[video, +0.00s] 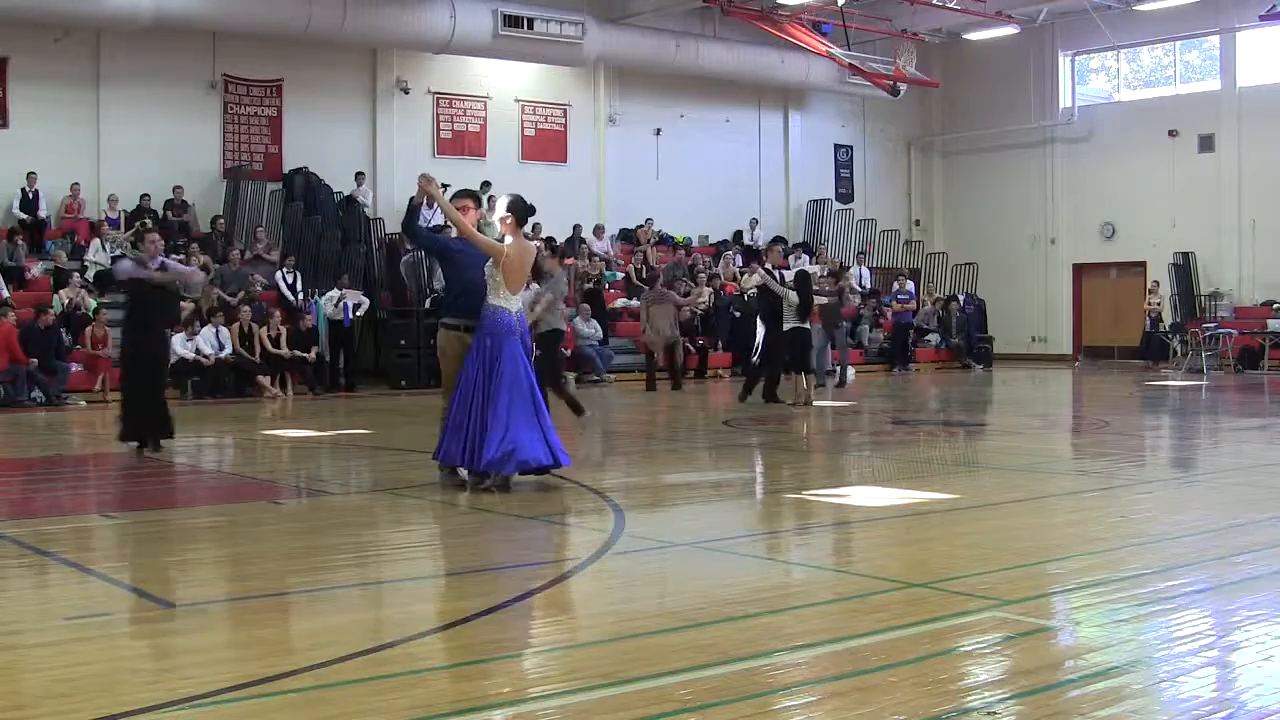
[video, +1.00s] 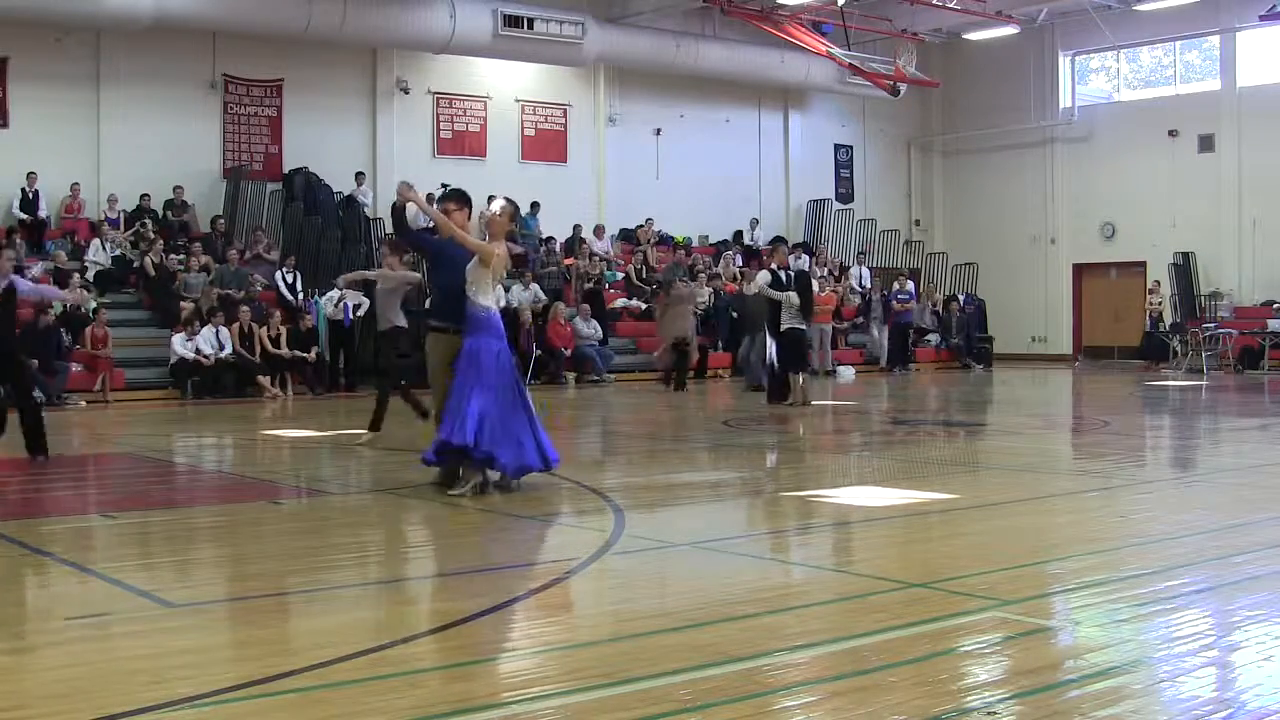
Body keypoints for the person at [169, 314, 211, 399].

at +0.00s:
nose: (199, 329)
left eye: (199, 326)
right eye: (197, 326)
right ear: (188, 328)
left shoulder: (197, 338)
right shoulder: (176, 338)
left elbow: (203, 347)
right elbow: (180, 352)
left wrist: (211, 354)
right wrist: (199, 358)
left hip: (192, 362)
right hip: (176, 365)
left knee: (206, 365)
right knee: (184, 361)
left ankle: (202, 392)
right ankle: (184, 392)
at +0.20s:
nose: (199, 329)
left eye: (199, 326)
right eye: (196, 326)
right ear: (188, 327)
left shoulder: (197, 338)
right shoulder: (176, 338)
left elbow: (203, 347)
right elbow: (180, 352)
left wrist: (211, 354)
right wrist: (199, 358)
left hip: (192, 362)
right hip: (177, 364)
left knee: (205, 365)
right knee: (184, 361)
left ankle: (203, 392)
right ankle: (184, 392)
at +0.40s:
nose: (199, 329)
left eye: (199, 326)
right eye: (197, 326)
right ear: (188, 328)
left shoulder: (197, 338)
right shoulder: (176, 338)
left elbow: (203, 347)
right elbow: (180, 352)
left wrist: (211, 354)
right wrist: (199, 358)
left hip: (192, 362)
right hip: (177, 364)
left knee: (205, 365)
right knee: (184, 361)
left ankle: (203, 392)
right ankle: (184, 392)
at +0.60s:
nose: (199, 329)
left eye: (199, 326)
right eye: (197, 326)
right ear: (188, 328)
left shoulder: (197, 338)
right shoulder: (176, 338)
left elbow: (203, 347)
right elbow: (179, 351)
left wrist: (211, 355)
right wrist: (198, 358)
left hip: (191, 363)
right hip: (177, 364)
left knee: (204, 364)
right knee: (183, 361)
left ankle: (202, 392)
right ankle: (184, 392)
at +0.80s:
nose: (199, 329)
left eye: (199, 326)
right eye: (197, 326)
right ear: (188, 328)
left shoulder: (197, 338)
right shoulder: (176, 338)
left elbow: (203, 347)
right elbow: (179, 351)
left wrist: (211, 355)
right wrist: (198, 358)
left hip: (191, 363)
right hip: (177, 365)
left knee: (204, 364)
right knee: (183, 361)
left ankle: (202, 392)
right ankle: (184, 392)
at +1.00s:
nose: (199, 329)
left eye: (199, 326)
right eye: (197, 326)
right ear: (188, 328)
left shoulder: (197, 338)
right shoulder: (176, 338)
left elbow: (203, 347)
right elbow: (179, 351)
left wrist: (211, 354)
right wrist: (199, 358)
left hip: (191, 363)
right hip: (177, 365)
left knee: (204, 363)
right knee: (183, 361)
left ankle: (202, 392)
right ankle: (184, 393)